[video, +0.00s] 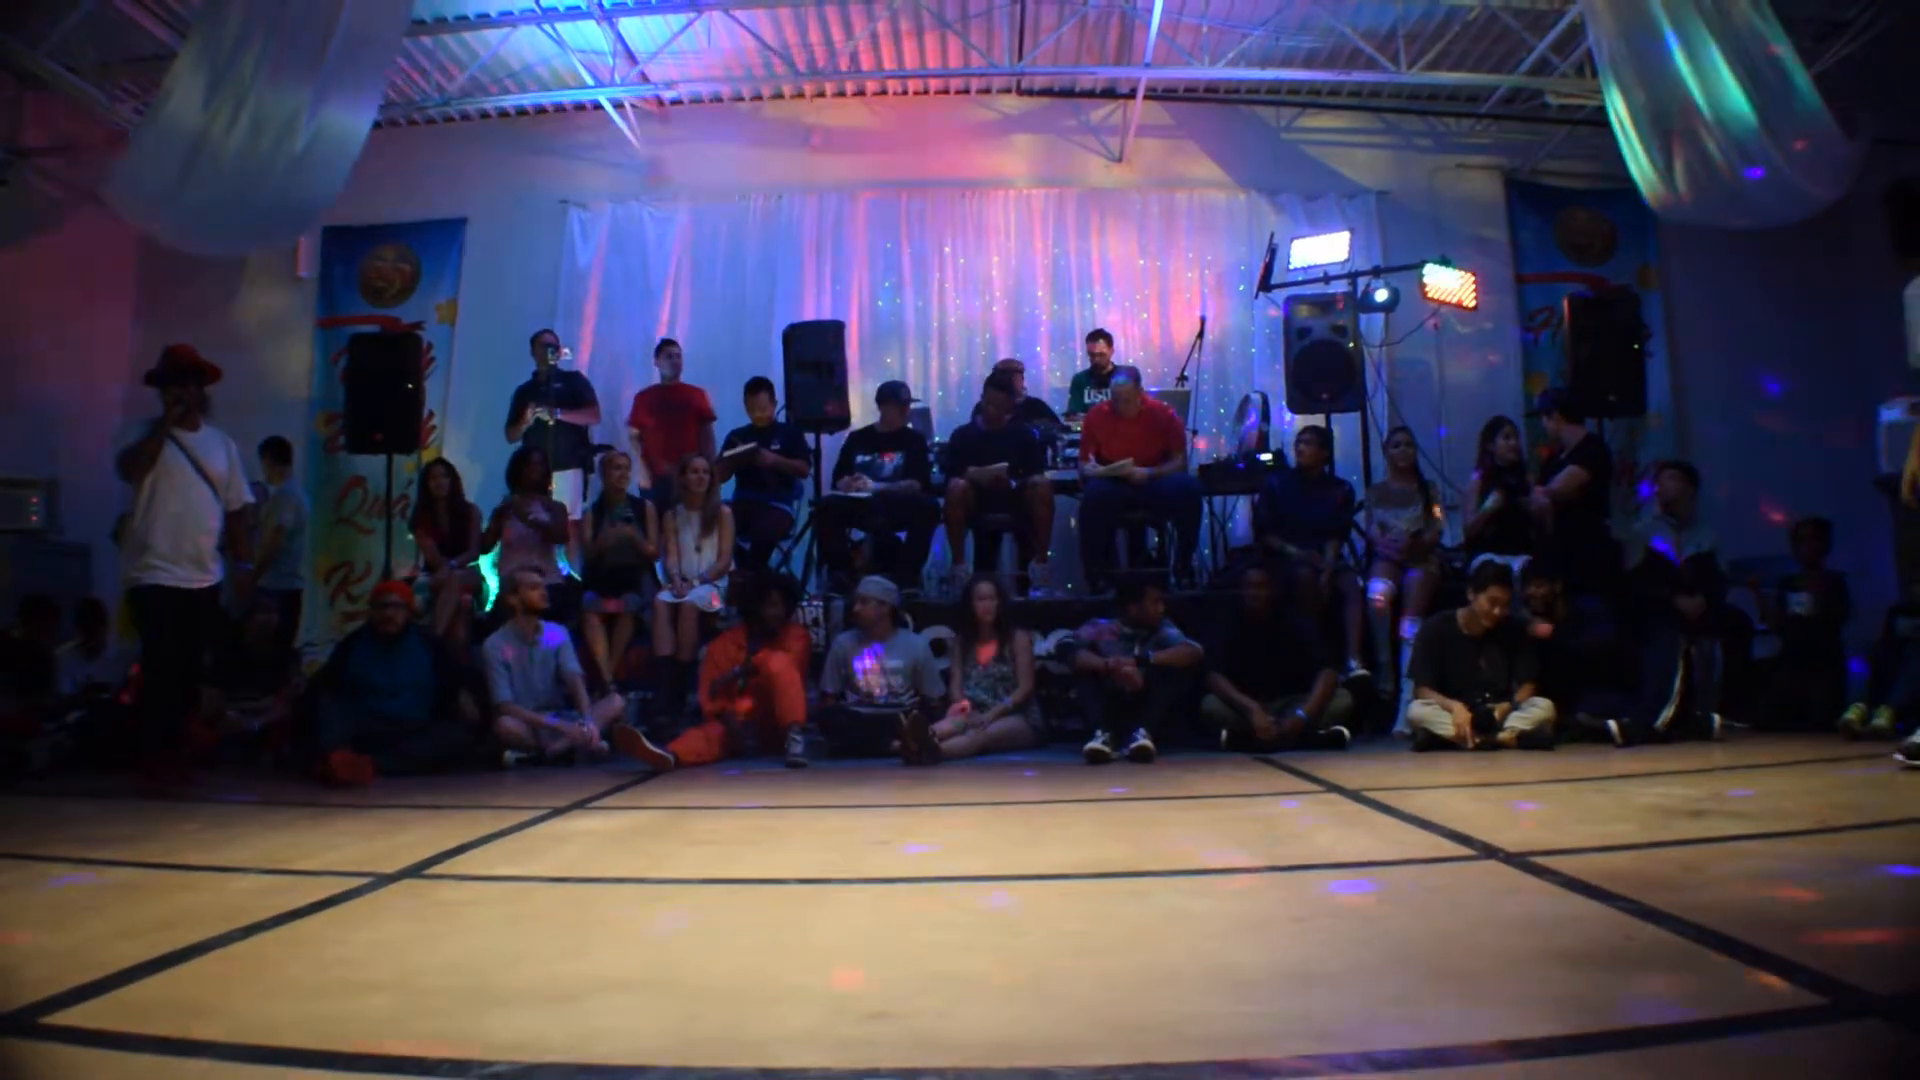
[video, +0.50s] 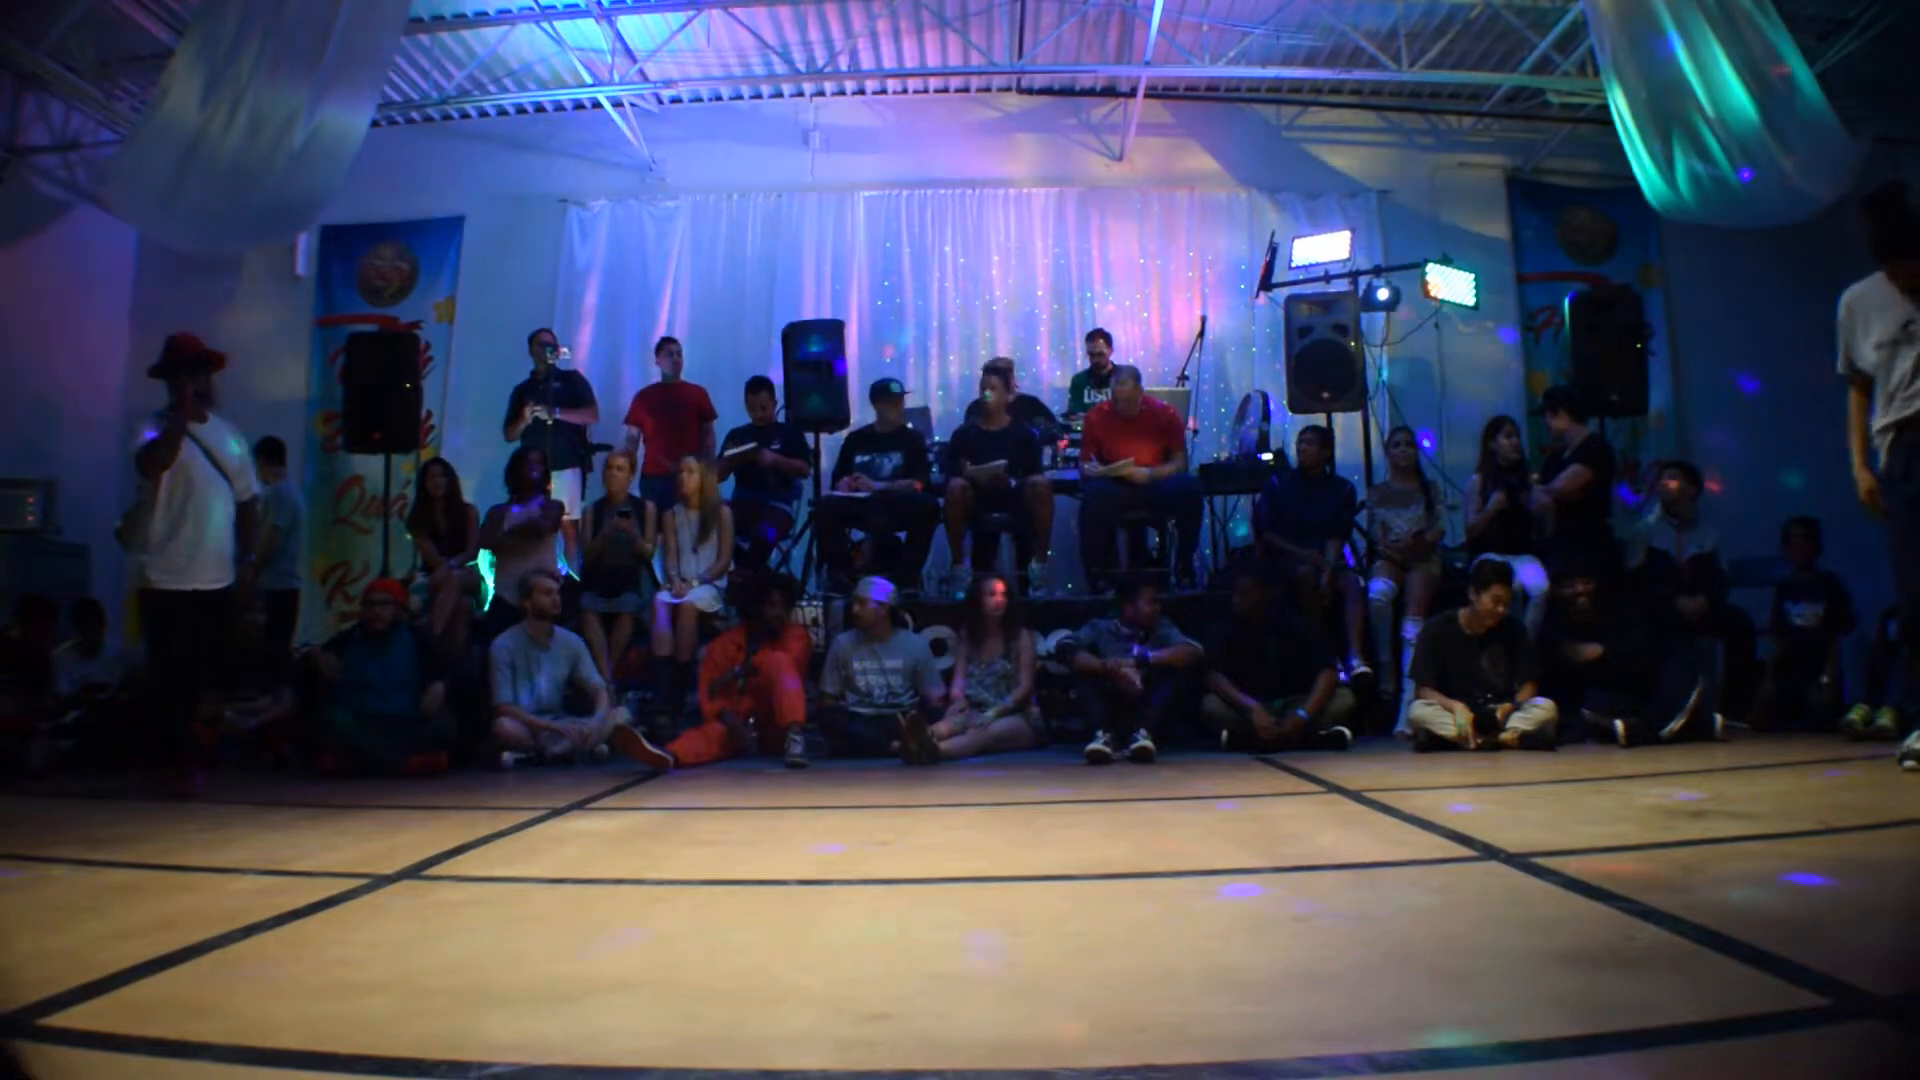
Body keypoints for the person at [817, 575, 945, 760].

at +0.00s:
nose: (856, 609)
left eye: (864, 603)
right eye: (856, 602)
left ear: (885, 608)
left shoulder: (915, 645)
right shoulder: (843, 644)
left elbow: (934, 700)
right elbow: (829, 697)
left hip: (902, 715)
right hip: (857, 715)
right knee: (829, 717)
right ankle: (894, 745)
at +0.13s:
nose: (856, 609)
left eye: (863, 604)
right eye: (856, 603)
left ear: (884, 609)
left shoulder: (914, 645)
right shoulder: (843, 644)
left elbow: (935, 700)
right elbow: (828, 696)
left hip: (904, 714)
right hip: (859, 715)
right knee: (826, 717)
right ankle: (894, 745)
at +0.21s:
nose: (855, 610)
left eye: (863, 604)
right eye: (856, 603)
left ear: (884, 609)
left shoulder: (914, 645)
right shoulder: (843, 644)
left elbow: (936, 699)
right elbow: (828, 697)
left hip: (904, 715)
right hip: (859, 715)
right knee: (828, 719)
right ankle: (894, 745)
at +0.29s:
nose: (855, 610)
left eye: (863, 604)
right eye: (856, 603)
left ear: (884, 609)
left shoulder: (914, 645)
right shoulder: (843, 644)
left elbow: (936, 700)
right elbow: (828, 697)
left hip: (905, 715)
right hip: (860, 716)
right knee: (828, 718)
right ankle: (893, 746)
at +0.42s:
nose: (854, 610)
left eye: (862, 604)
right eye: (855, 604)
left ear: (883, 608)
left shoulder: (914, 645)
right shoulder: (843, 644)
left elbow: (936, 700)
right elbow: (828, 698)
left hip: (905, 716)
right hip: (860, 716)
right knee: (829, 719)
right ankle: (894, 746)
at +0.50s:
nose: (855, 610)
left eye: (862, 604)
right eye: (855, 603)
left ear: (883, 609)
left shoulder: (914, 645)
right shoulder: (843, 645)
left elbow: (935, 698)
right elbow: (829, 699)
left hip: (905, 716)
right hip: (860, 717)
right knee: (830, 721)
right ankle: (893, 747)